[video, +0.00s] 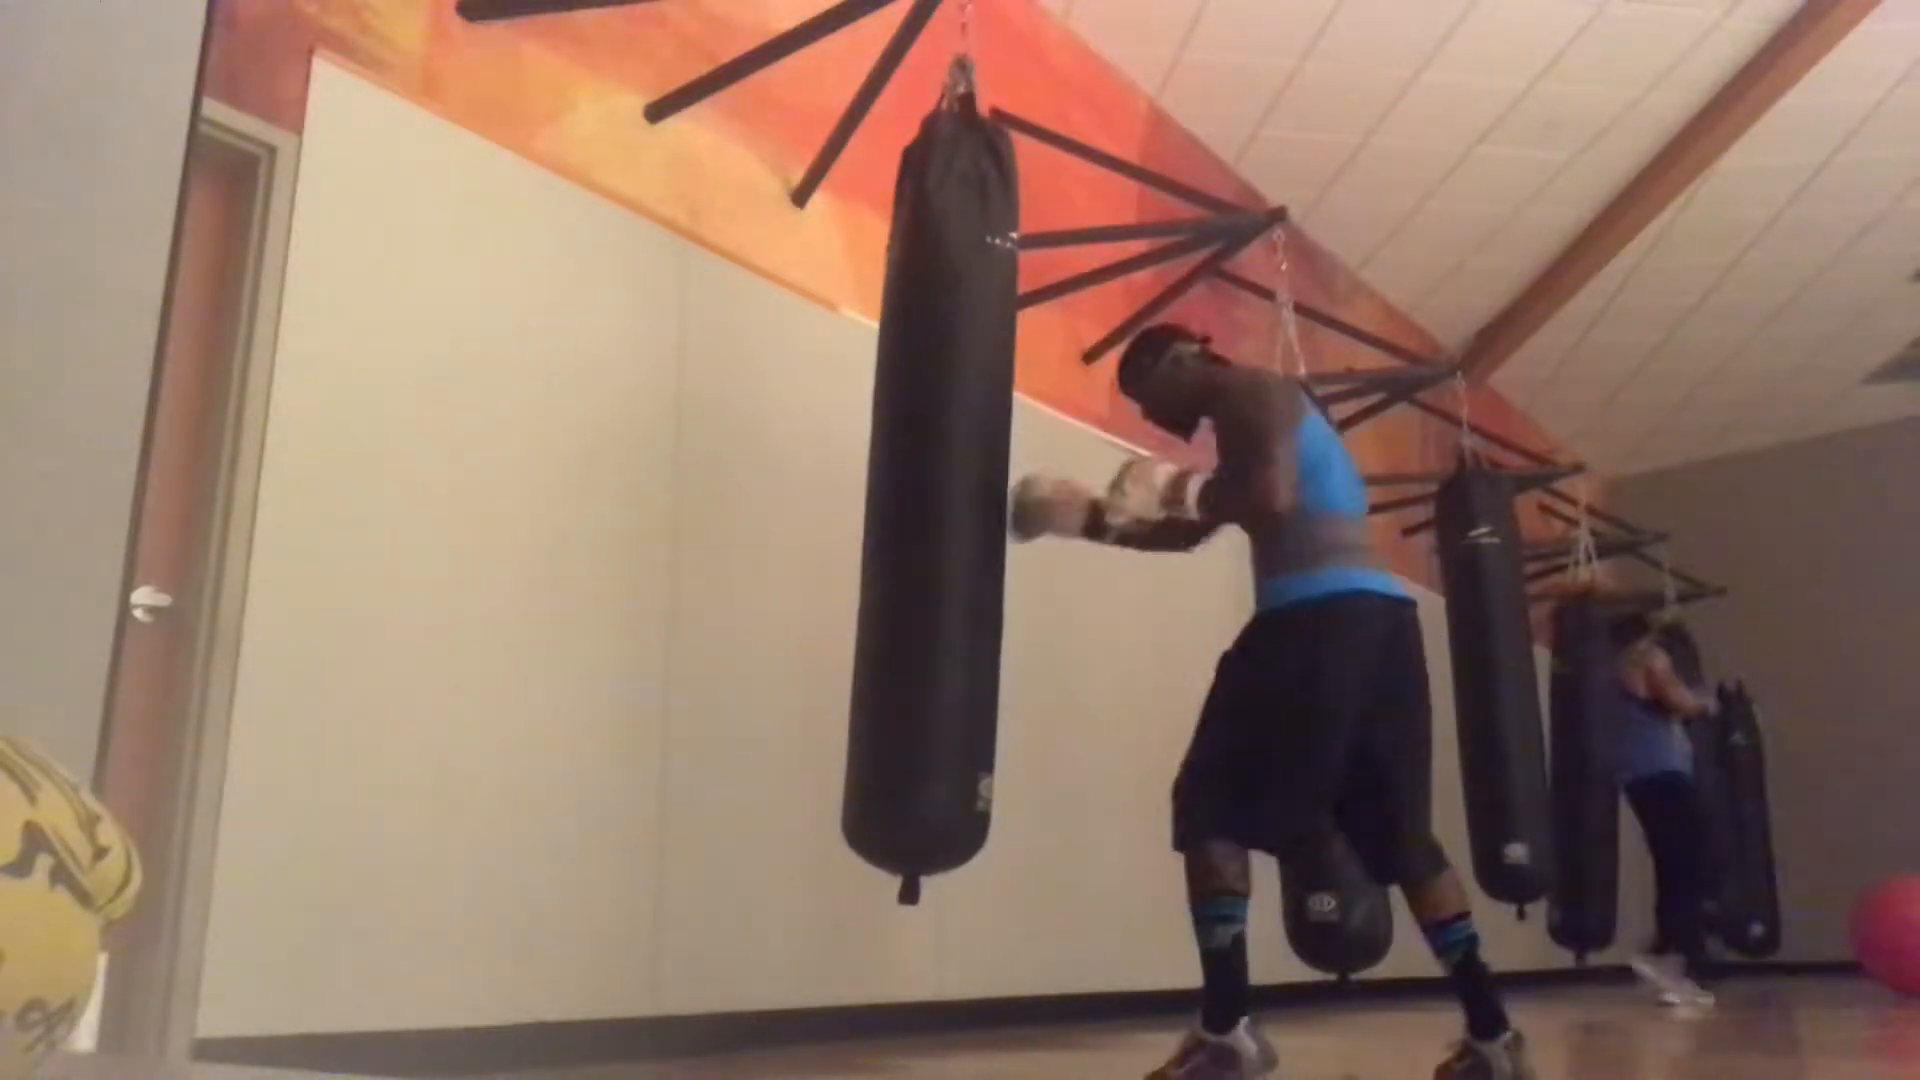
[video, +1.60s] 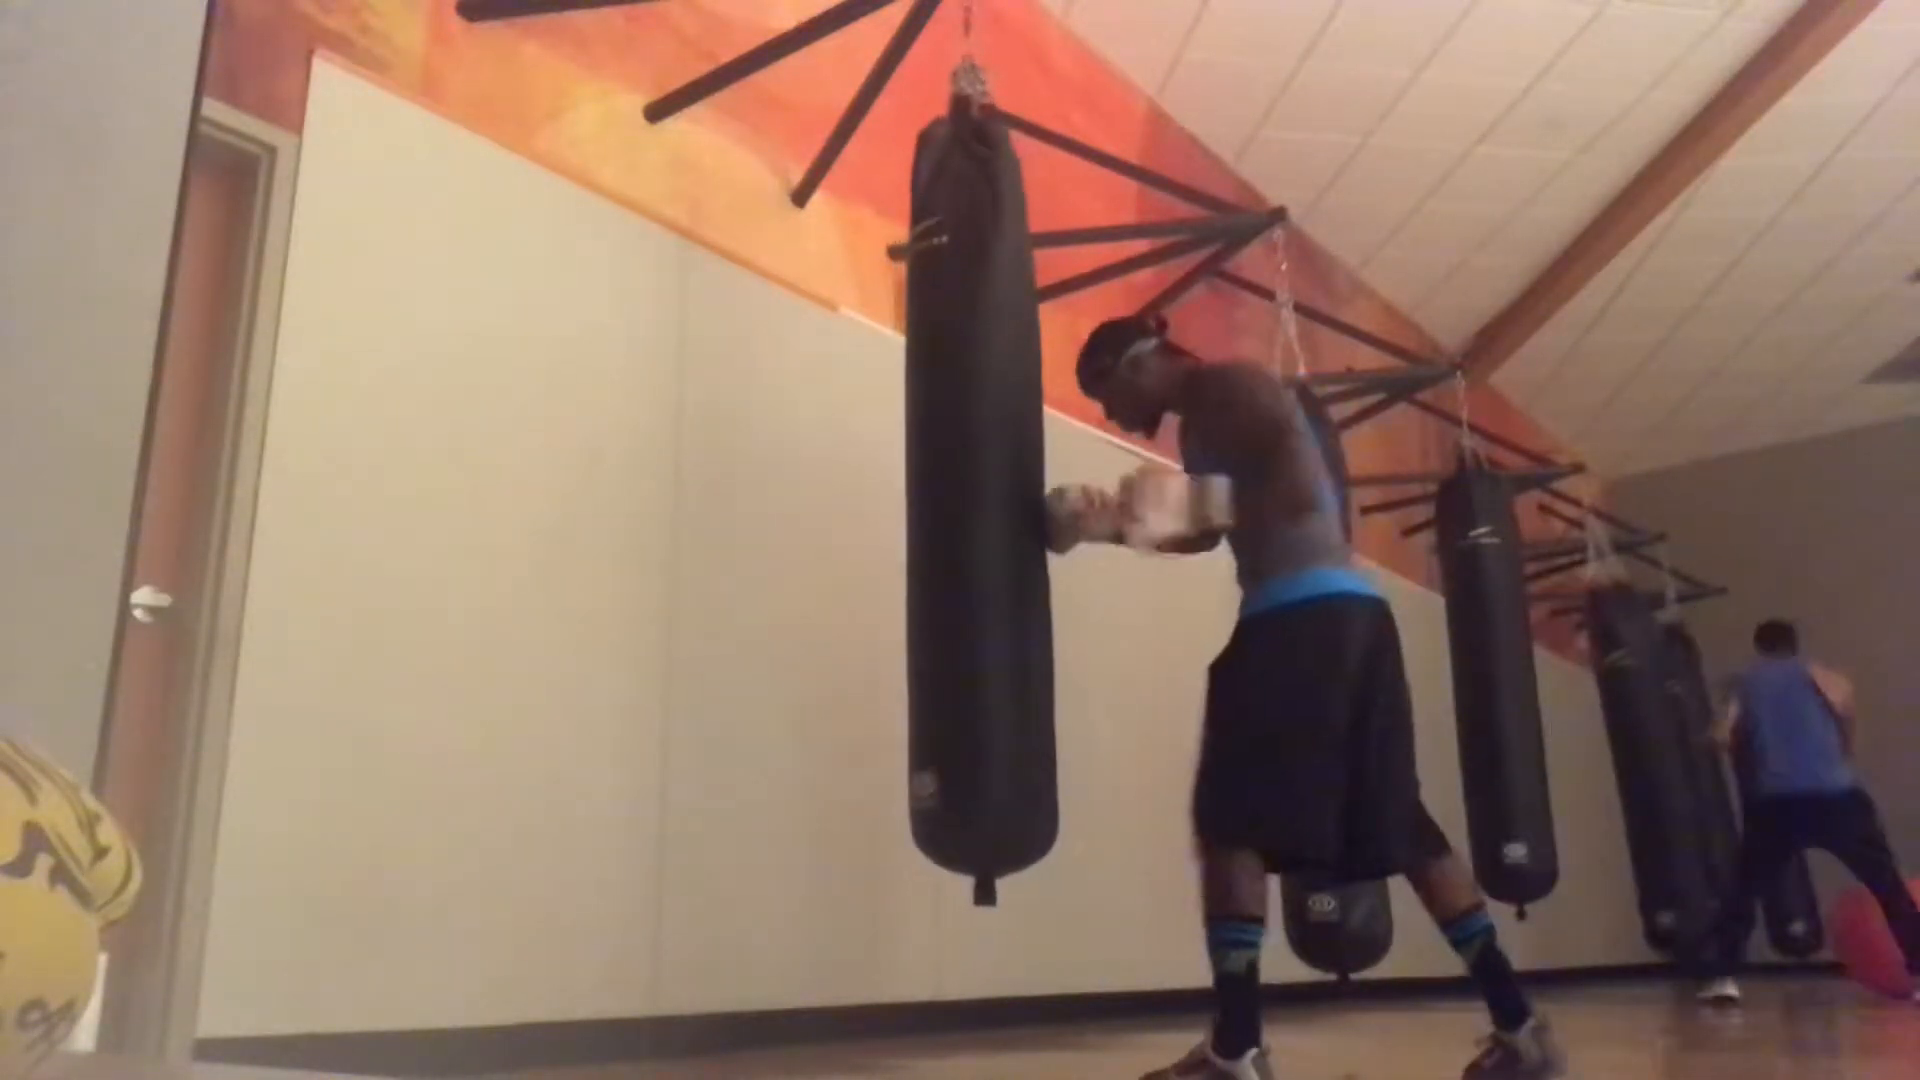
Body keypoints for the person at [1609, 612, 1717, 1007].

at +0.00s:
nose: (1659, 639)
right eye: (1653, 631)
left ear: (1617, 637)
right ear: (1646, 631)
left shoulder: (1615, 667)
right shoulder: (1650, 657)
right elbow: (1676, 698)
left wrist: (1697, 698)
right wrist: (1707, 701)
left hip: (1639, 775)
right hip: (1663, 772)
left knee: (1671, 865)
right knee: (1686, 864)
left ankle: (1670, 949)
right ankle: (1674, 960)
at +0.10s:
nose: (1674, 650)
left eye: (1673, 644)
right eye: (1672, 642)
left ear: (1633, 639)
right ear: (1667, 636)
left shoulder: (1623, 675)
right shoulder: (1668, 657)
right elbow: (1705, 701)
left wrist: (1703, 688)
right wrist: (1727, 691)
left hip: (1654, 781)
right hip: (1686, 778)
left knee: (1677, 877)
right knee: (1721, 867)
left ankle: (1681, 976)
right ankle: (1725, 969)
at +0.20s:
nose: (1687, 639)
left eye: (1680, 633)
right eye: (1686, 632)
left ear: (1654, 634)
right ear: (1685, 630)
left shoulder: (1639, 675)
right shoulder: (1696, 662)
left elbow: (1638, 727)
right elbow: (1732, 708)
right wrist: (1741, 696)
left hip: (1668, 786)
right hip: (1711, 781)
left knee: (1683, 878)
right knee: (1752, 866)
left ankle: (1680, 978)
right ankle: (1783, 972)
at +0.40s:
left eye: (1706, 622)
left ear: (1696, 628)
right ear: (1733, 624)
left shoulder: (1674, 672)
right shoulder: (1752, 667)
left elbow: (1661, 735)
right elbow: (1786, 721)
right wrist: (1756, 709)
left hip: (1703, 794)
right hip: (1758, 788)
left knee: (1706, 879)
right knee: (1802, 874)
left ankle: (1696, 978)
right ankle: (1799, 979)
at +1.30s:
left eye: (1674, 654)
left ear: (1676, 653)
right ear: (1712, 641)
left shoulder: (1684, 683)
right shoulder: (1756, 660)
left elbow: (1678, 744)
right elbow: (1797, 716)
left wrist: (1714, 733)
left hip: (1736, 792)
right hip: (1796, 783)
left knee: (1726, 885)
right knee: (1840, 868)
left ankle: (1721, 982)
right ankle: (1859, 955)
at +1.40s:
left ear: (1702, 649)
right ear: (1738, 640)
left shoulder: (1699, 676)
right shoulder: (1775, 663)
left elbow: (1686, 739)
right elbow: (1813, 718)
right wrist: (1801, 738)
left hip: (1743, 795)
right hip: (1804, 786)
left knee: (1729, 887)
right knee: (1859, 877)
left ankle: (1720, 983)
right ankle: (1904, 968)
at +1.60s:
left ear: (1757, 650)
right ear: (1795, 646)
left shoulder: (1744, 685)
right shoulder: (1820, 674)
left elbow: (1727, 736)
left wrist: (1746, 779)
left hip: (1774, 804)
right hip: (1836, 799)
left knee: (1743, 887)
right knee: (1887, 884)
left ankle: (1723, 974)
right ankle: (1916, 967)